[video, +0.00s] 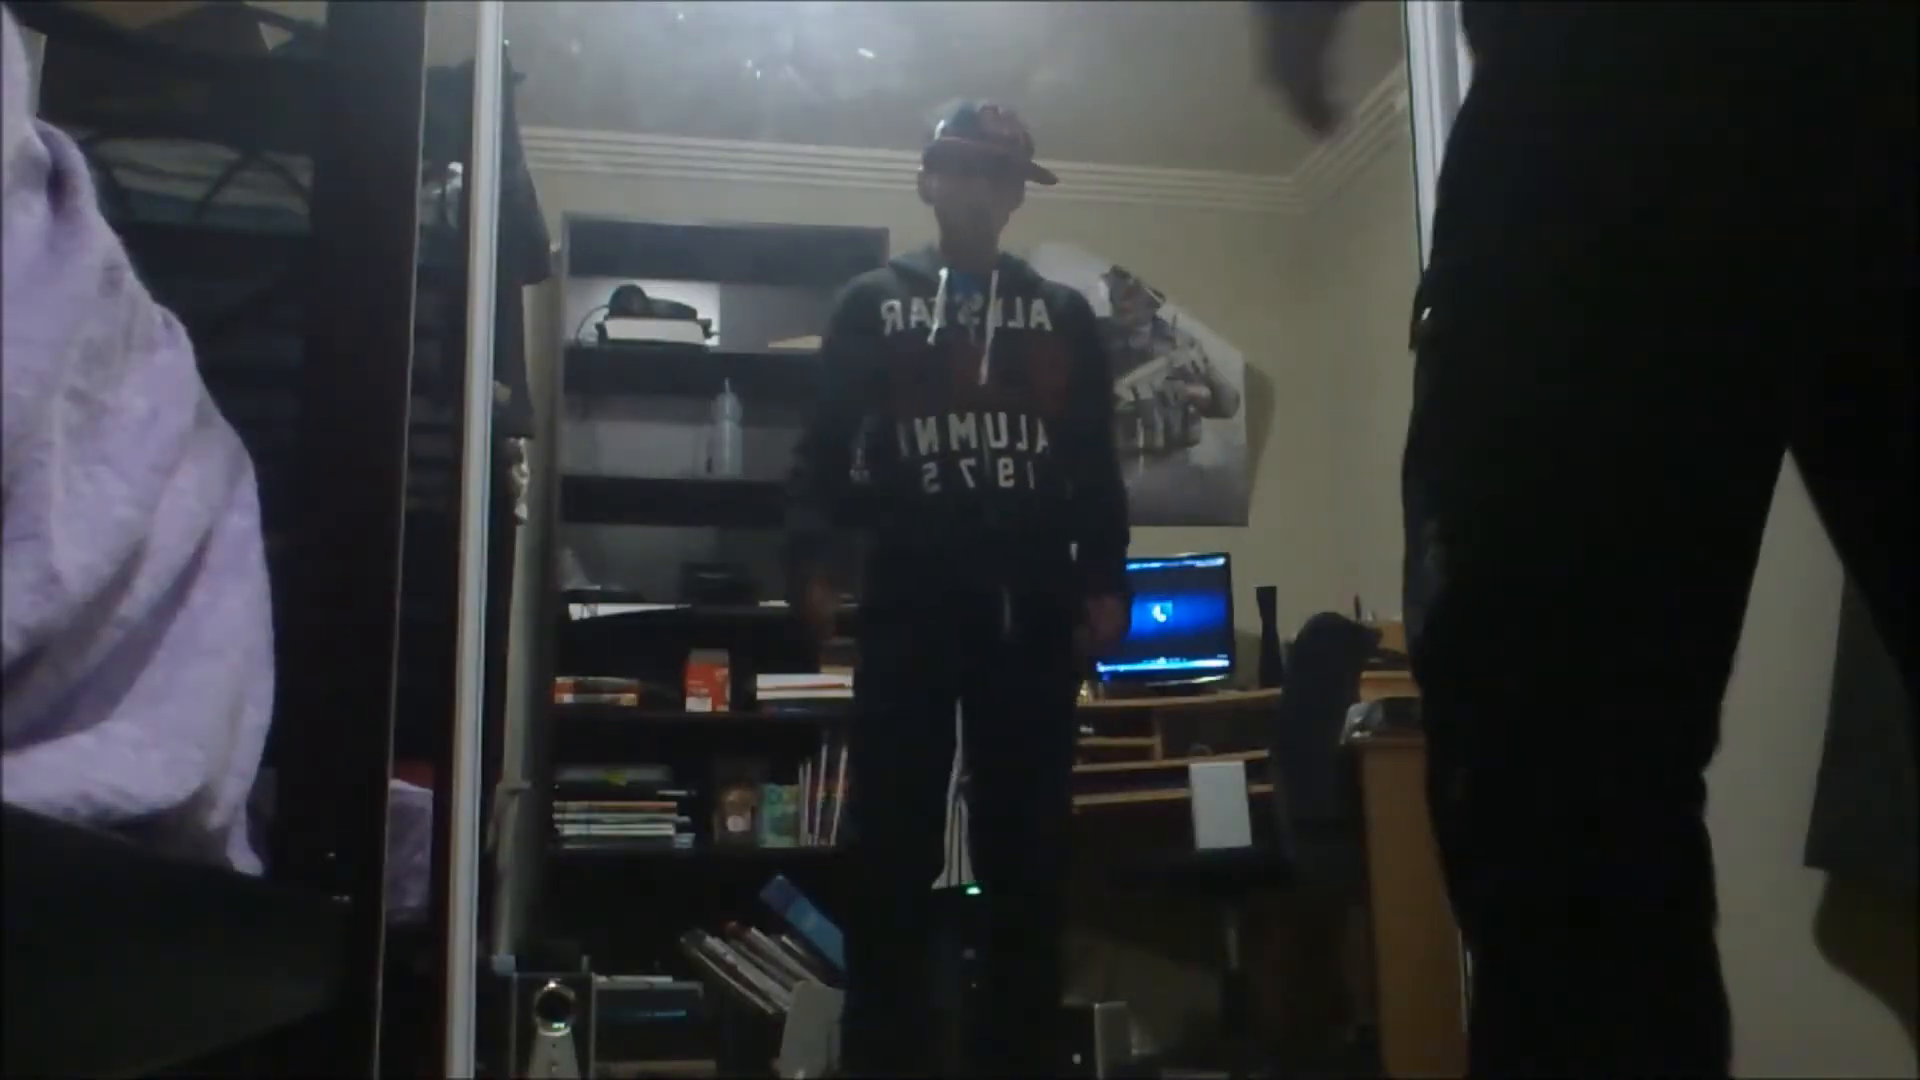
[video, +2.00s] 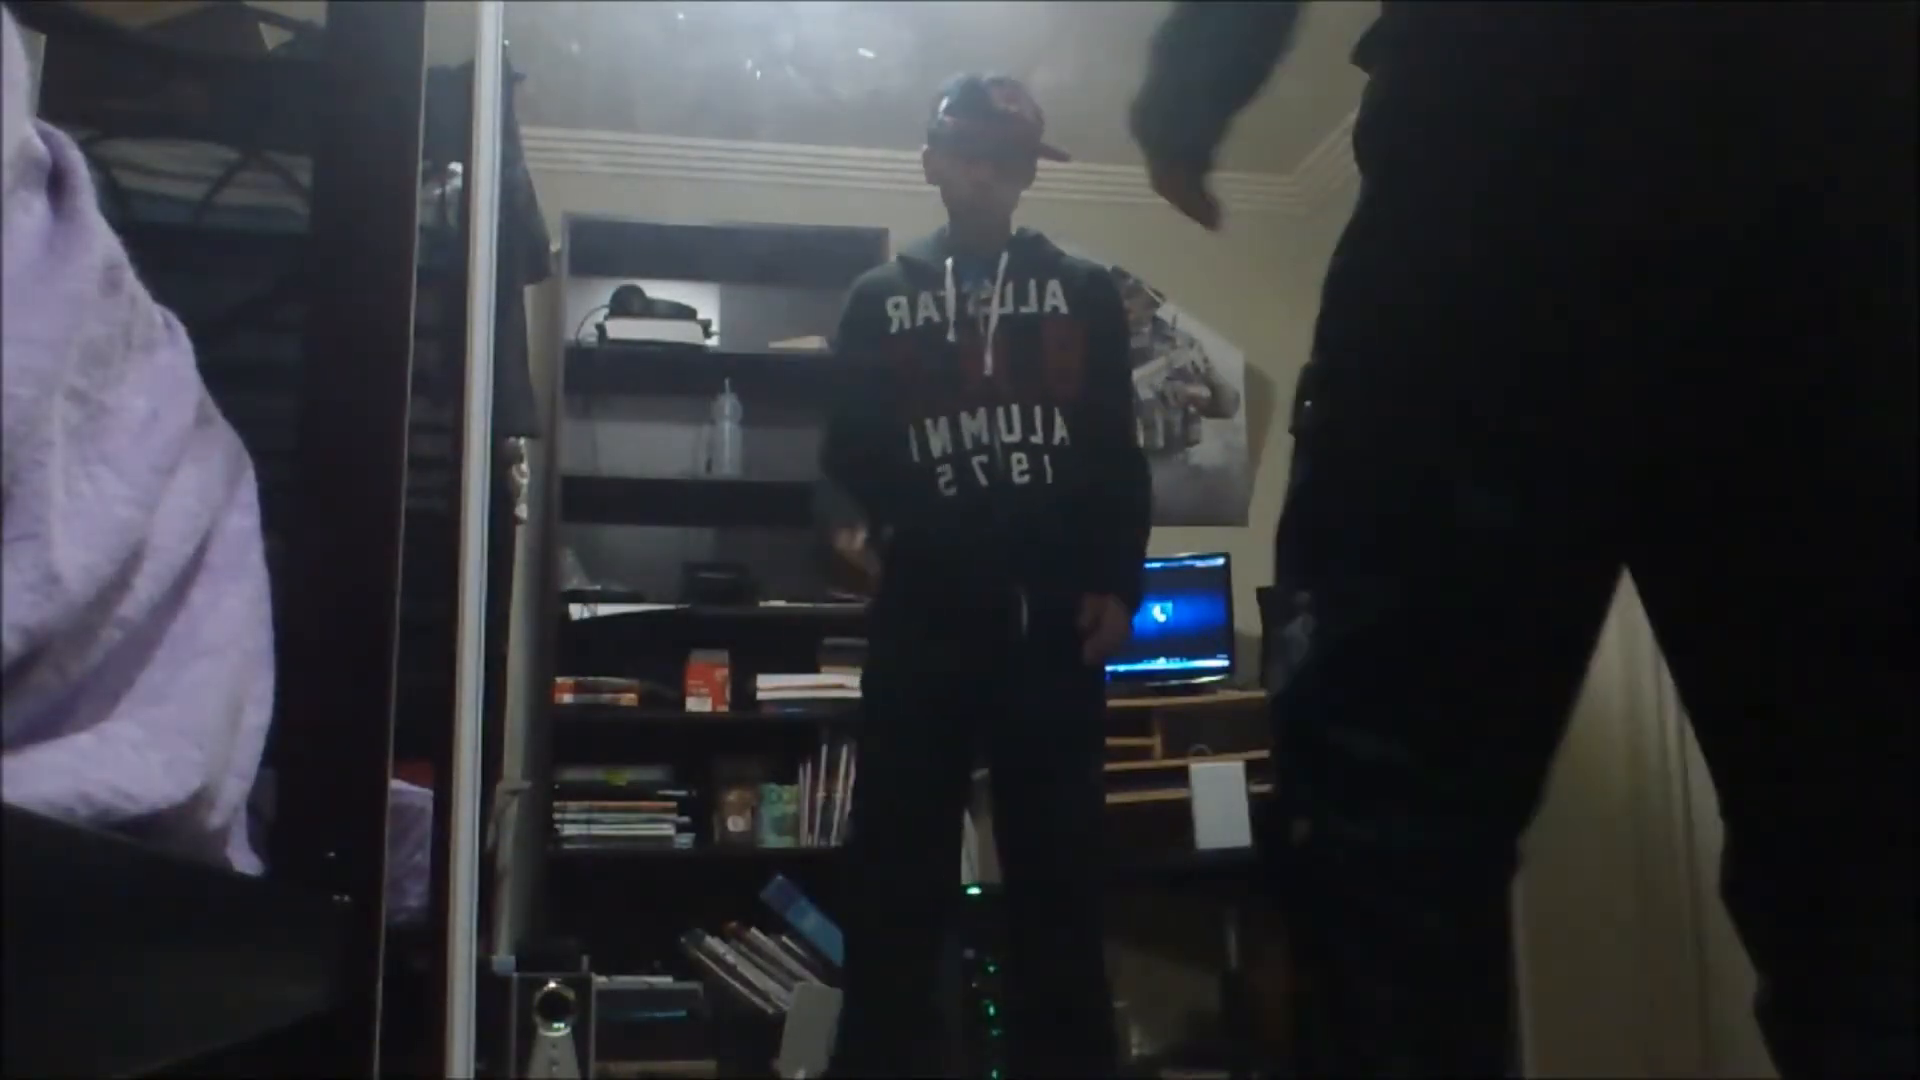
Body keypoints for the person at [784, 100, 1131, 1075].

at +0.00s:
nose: (981, 188)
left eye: (1001, 174)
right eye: (965, 167)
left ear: (1022, 191)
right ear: (927, 179)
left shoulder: (1063, 313)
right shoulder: (873, 304)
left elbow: (1096, 458)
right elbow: (823, 448)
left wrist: (1107, 581)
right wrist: (811, 564)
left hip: (1032, 600)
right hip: (907, 596)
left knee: (1024, 840)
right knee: (894, 837)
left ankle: (1019, 1050)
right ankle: (887, 1049)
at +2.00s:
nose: (986, 168)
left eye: (1006, 153)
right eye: (967, 149)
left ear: (1030, 167)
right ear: (932, 160)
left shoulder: (1084, 289)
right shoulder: (880, 298)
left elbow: (1117, 447)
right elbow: (847, 441)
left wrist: (1116, 579)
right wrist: (847, 518)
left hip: (1052, 600)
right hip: (920, 597)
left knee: (1056, 854)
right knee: (901, 849)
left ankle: (1062, 1062)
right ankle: (890, 1062)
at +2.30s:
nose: (1001, 171)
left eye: (1017, 154)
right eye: (982, 147)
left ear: (1031, 167)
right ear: (934, 149)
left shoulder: (1056, 295)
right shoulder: (873, 268)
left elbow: (1092, 451)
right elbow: (811, 409)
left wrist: (1139, 585)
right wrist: (935, 401)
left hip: (1036, 603)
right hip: (908, 597)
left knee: (1070, 861)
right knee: (907, 868)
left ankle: (1074, 1066)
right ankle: (899, 1067)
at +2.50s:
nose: (1013, 168)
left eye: (1029, 151)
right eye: (995, 144)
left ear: (1042, 163)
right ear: (945, 145)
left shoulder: (1060, 292)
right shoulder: (874, 259)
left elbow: (1066, 460)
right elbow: (799, 380)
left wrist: (1126, 581)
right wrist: (913, 437)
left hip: (1034, 606)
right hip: (908, 602)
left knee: (1083, 859)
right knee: (910, 868)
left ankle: (1099, 1068)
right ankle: (900, 1068)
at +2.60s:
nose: (1014, 171)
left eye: (1028, 153)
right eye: (995, 146)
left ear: (1042, 164)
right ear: (945, 146)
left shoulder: (1058, 295)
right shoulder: (870, 261)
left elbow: (1068, 452)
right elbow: (791, 400)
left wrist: (1111, 548)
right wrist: (860, 488)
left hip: (1024, 594)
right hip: (899, 591)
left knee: (1073, 842)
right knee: (894, 851)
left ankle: (1102, 1062)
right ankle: (890, 1062)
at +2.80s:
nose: (1010, 178)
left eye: (1027, 162)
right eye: (991, 154)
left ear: (1042, 175)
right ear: (944, 158)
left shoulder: (1063, 297)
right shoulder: (878, 279)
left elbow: (1118, 422)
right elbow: (818, 432)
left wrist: (1152, 474)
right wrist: (825, 565)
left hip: (1034, 591)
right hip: (907, 592)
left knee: (1064, 848)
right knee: (899, 853)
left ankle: (1077, 1060)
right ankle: (889, 1063)